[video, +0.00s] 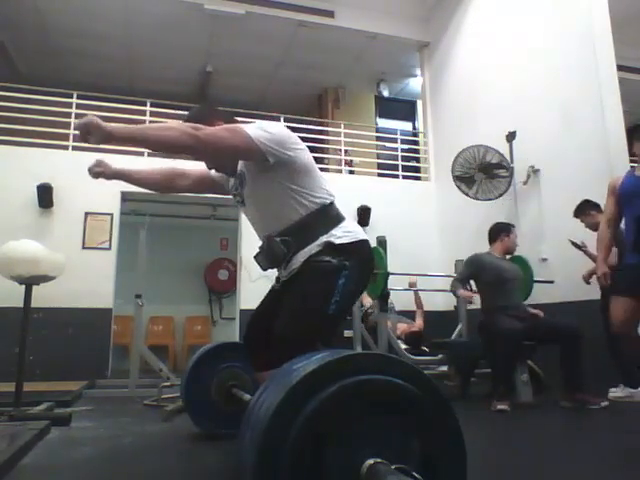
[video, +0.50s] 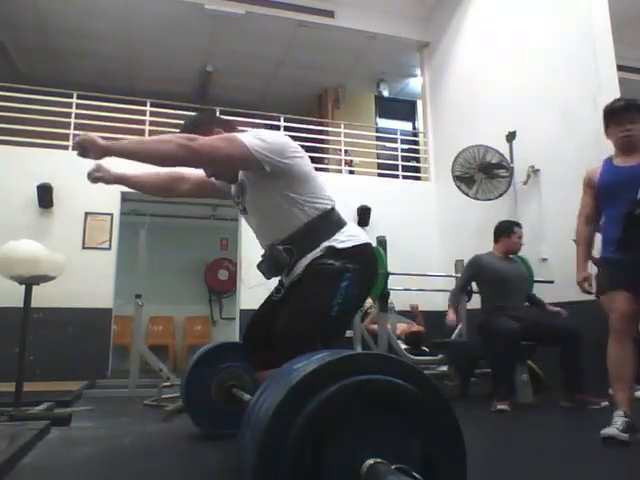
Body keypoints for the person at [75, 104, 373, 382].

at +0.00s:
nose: (205, 164)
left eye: (204, 151)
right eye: (200, 158)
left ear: (220, 133)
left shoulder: (275, 137)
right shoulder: (234, 177)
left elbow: (195, 137)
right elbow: (177, 179)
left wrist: (109, 131)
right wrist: (118, 172)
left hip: (336, 255)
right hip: (299, 269)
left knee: (289, 347)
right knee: (257, 340)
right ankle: (276, 427)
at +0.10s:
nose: (203, 166)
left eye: (203, 153)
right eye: (199, 159)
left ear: (220, 136)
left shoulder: (276, 142)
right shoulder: (237, 180)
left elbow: (196, 140)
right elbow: (178, 179)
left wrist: (109, 134)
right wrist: (115, 172)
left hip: (338, 256)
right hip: (302, 270)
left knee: (291, 344)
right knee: (257, 337)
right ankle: (276, 425)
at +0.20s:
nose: (203, 168)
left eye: (202, 155)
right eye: (198, 162)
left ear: (218, 136)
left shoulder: (275, 143)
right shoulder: (235, 180)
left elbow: (196, 141)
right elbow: (177, 179)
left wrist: (111, 137)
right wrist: (116, 172)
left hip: (339, 256)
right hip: (302, 270)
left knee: (295, 342)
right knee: (258, 337)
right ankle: (276, 424)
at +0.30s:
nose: (204, 171)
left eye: (202, 158)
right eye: (199, 165)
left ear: (219, 139)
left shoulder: (274, 143)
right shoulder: (236, 181)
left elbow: (192, 141)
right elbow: (178, 181)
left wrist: (108, 138)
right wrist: (118, 175)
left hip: (339, 258)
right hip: (302, 271)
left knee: (295, 342)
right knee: (257, 338)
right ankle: (277, 423)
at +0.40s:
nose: (204, 172)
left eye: (203, 159)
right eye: (199, 166)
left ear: (218, 139)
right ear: (218, 147)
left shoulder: (273, 144)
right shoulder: (236, 181)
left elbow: (189, 143)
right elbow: (177, 182)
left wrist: (106, 141)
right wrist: (118, 176)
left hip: (338, 259)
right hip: (300, 271)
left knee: (294, 345)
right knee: (256, 341)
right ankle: (279, 425)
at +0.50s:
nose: (201, 156)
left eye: (201, 146)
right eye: (195, 149)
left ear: (218, 129)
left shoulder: (273, 145)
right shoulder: (238, 182)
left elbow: (191, 147)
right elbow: (177, 184)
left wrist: (108, 144)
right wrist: (118, 176)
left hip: (340, 259)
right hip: (304, 272)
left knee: (294, 348)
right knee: (256, 342)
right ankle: (282, 425)